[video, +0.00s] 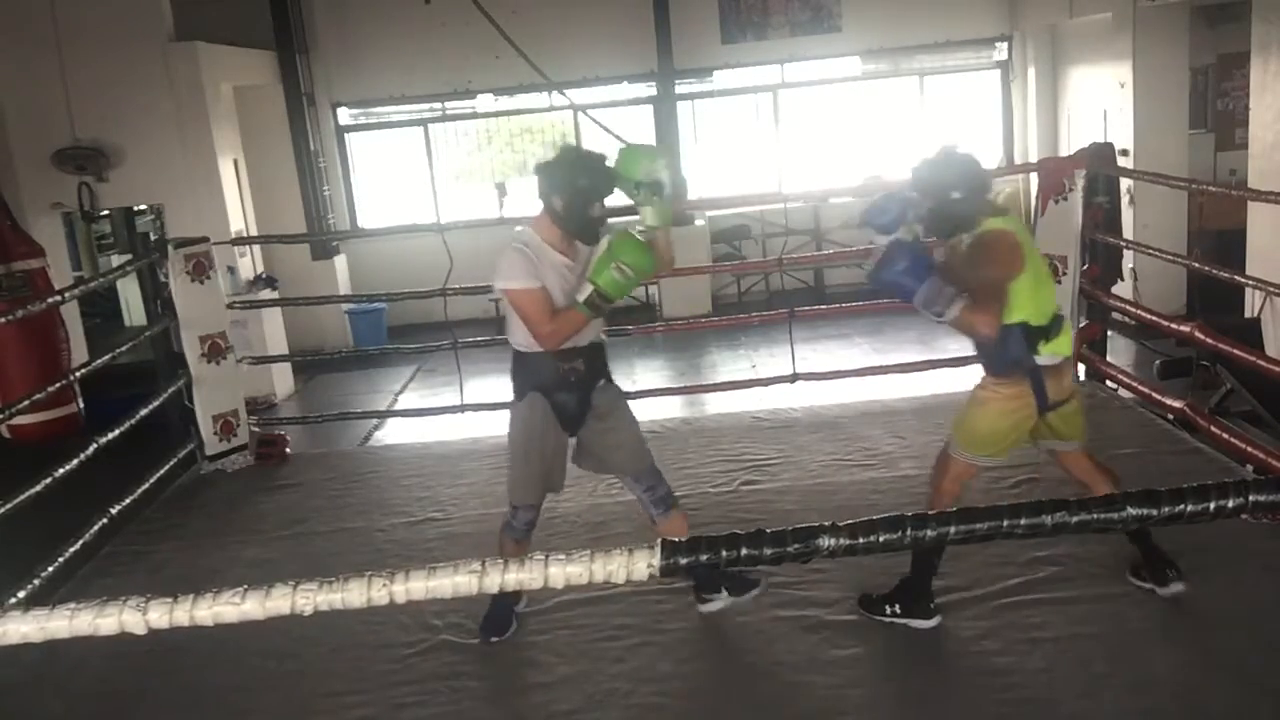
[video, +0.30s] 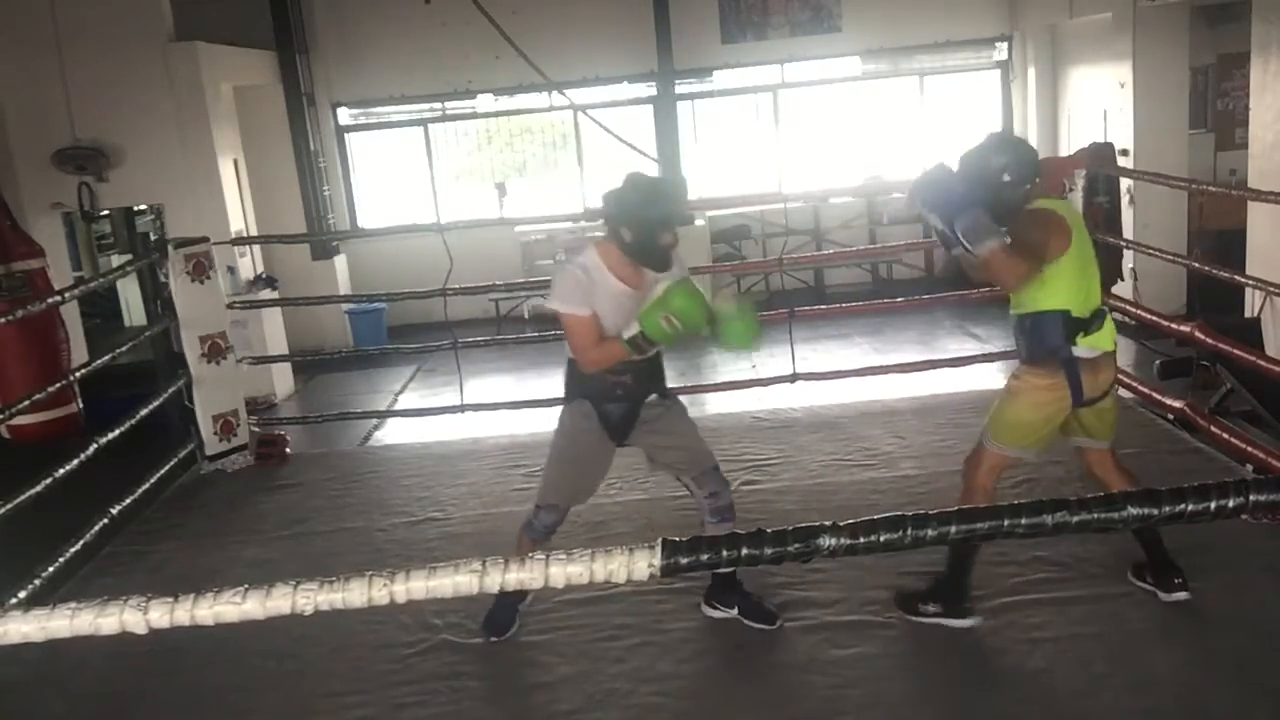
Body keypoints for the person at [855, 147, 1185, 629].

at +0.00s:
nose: (924, 216)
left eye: (927, 206)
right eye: (922, 207)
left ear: (948, 205)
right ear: (977, 193)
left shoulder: (991, 243)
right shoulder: (1006, 229)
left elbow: (989, 326)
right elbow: (964, 274)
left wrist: (931, 296)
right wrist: (922, 256)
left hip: (1011, 383)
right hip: (1059, 372)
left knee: (948, 479)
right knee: (1080, 462)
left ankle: (916, 592)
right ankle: (1155, 558)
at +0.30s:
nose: (980, 193)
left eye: (981, 184)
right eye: (978, 184)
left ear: (1000, 182)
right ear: (1029, 173)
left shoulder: (1036, 222)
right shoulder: (1064, 214)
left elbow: (1010, 276)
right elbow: (1000, 274)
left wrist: (968, 217)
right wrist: (960, 235)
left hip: (1047, 374)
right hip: (1099, 364)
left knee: (980, 472)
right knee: (1102, 462)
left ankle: (952, 590)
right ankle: (1165, 567)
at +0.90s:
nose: (966, 204)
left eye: (966, 196)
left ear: (982, 196)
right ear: (1014, 178)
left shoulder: (1011, 232)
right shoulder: (1059, 211)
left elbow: (960, 283)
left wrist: (935, 234)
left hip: (1052, 374)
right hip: (1104, 359)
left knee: (989, 479)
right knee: (1116, 445)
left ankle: (965, 595)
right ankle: (1181, 539)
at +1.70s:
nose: (1056, 185)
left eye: (1056, 177)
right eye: (1051, 177)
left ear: (1072, 176)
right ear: (1108, 165)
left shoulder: (1098, 222)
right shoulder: (1142, 201)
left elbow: (1038, 280)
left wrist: (1017, 216)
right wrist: (1047, 213)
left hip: (1127, 373)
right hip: (1184, 359)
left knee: (1069, 471)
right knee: (1188, 446)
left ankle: (1041, 589)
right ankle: (1246, 552)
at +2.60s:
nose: (1125, 186)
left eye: (1129, 174)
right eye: (1123, 175)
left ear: (1155, 169)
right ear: (1181, 160)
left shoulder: (1178, 219)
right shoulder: (1221, 195)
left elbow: (1095, 260)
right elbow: (1136, 247)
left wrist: (1068, 196)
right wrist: (1106, 208)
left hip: (1207, 375)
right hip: (1266, 359)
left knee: (1138, 475)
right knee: (1269, 458)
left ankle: (1125, 601)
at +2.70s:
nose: (1125, 189)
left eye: (1127, 177)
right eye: (1122, 178)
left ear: (1152, 170)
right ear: (1180, 161)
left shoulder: (1174, 221)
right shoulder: (1221, 194)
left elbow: (1086, 263)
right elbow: (1134, 245)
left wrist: (1065, 199)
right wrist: (1106, 207)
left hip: (1209, 374)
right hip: (1267, 358)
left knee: (1144, 474)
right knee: (1262, 448)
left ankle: (1126, 600)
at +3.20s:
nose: (1143, 206)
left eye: (1146, 194)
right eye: (1141, 194)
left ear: (1173, 190)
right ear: (1203, 178)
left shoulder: (1210, 234)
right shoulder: (1256, 210)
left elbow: (1167, 311)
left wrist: (1117, 262)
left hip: (1236, 386)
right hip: (1269, 375)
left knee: (1132, 467)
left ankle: (1118, 594)